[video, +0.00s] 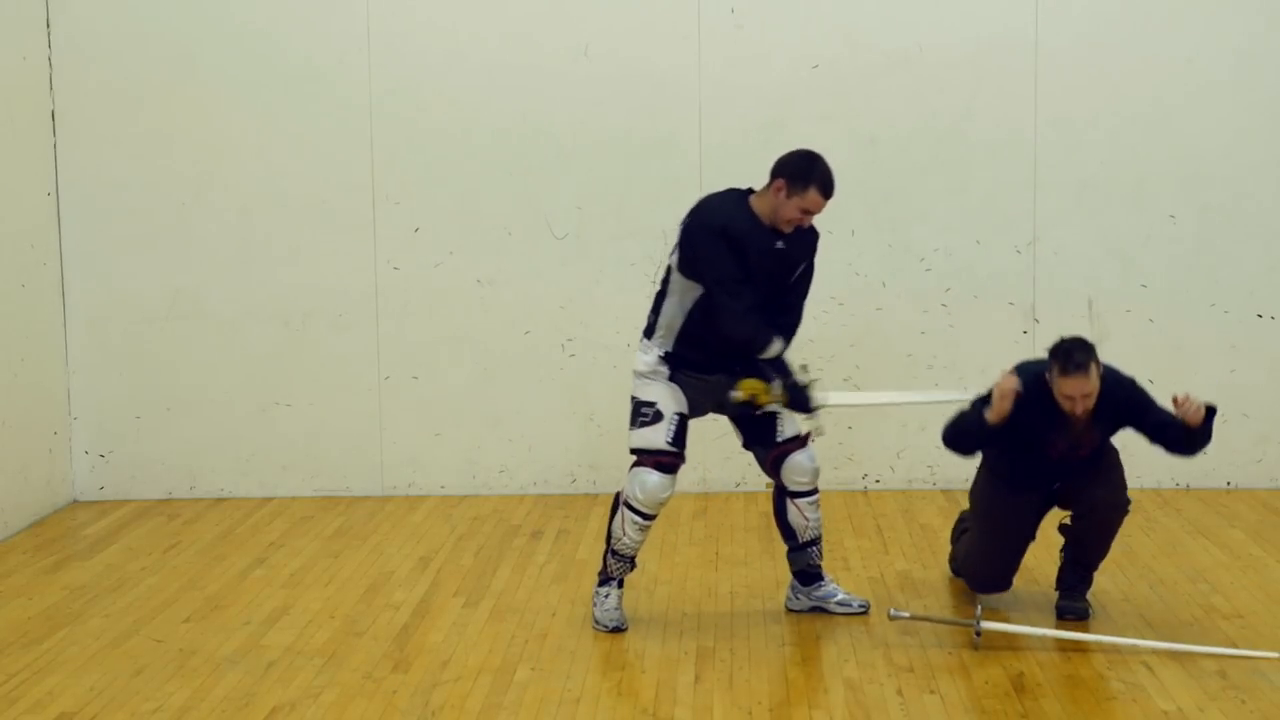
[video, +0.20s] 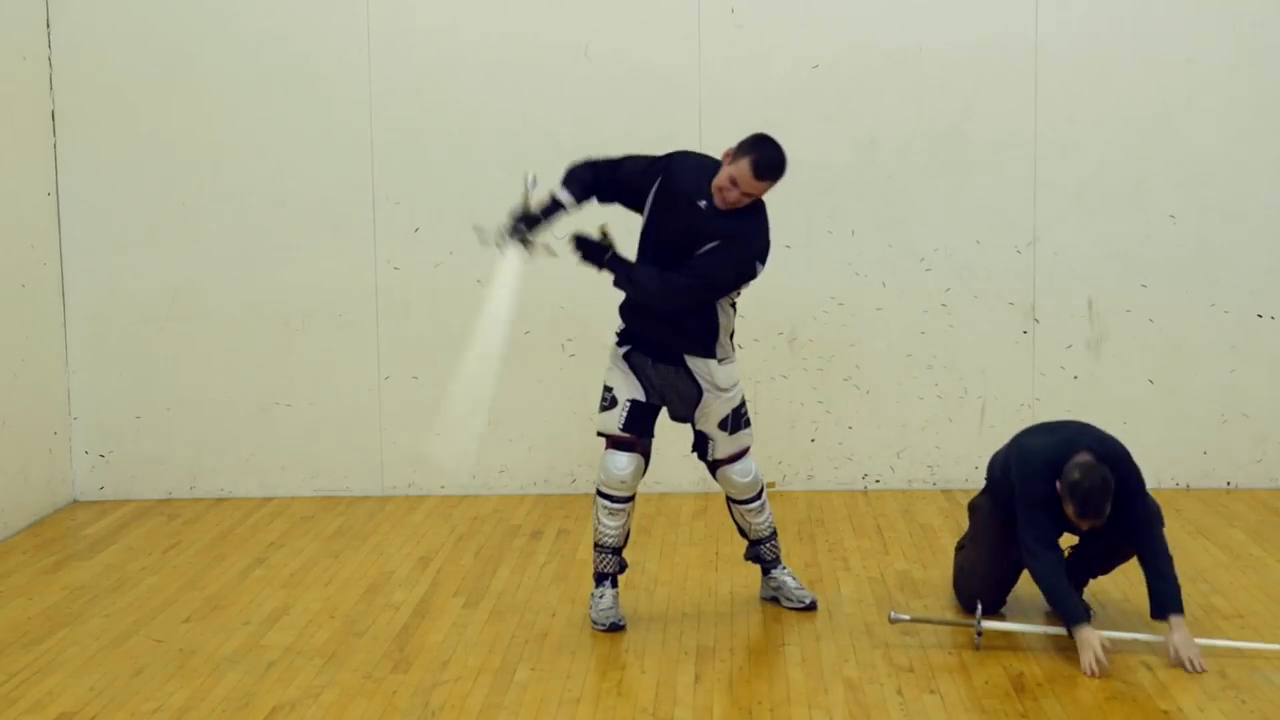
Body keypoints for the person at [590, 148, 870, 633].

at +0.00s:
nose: (807, 221)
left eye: (813, 214)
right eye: (804, 209)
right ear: (777, 188)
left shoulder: (801, 238)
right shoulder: (712, 218)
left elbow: (788, 312)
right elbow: (728, 302)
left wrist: (767, 367)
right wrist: (777, 367)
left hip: (743, 369)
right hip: (671, 368)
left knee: (799, 466)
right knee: (652, 483)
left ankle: (808, 583)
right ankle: (609, 586)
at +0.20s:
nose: (733, 194)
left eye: (747, 194)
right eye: (734, 181)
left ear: (763, 193)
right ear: (727, 156)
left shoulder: (750, 238)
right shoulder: (678, 172)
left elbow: (683, 292)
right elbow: (597, 175)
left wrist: (612, 261)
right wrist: (551, 207)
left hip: (707, 358)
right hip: (640, 347)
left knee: (739, 473)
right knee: (619, 469)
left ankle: (774, 572)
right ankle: (605, 587)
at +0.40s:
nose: (674, 193)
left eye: (686, 187)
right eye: (669, 182)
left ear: (712, 174)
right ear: (661, 162)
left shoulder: (728, 225)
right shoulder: (644, 172)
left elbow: (694, 305)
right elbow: (600, 137)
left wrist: (618, 305)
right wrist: (536, 121)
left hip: (709, 357)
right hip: (640, 351)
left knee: (743, 469)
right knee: (622, 469)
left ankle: (775, 571)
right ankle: (606, 585)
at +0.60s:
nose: (667, 190)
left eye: (678, 181)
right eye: (659, 179)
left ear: (703, 165)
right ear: (651, 165)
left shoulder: (727, 217)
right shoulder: (639, 184)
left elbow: (707, 305)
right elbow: (590, 177)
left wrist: (625, 337)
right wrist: (529, 171)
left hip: (712, 357)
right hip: (642, 352)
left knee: (745, 470)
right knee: (623, 471)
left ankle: (775, 572)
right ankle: (607, 587)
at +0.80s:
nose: (664, 189)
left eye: (675, 180)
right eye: (655, 178)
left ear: (697, 163)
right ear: (645, 161)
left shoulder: (725, 209)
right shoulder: (636, 191)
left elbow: (727, 301)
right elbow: (590, 225)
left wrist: (656, 361)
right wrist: (520, 254)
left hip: (713, 351)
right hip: (644, 351)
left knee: (746, 468)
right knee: (624, 471)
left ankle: (775, 572)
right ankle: (612, 586)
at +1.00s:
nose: (642, 197)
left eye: (653, 187)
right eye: (633, 186)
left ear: (673, 170)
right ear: (620, 172)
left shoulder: (704, 210)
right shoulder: (609, 207)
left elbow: (740, 300)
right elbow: (575, 272)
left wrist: (715, 380)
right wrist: (525, 334)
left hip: (706, 368)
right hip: (633, 366)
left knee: (743, 474)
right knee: (614, 476)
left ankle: (775, 572)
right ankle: (623, 589)